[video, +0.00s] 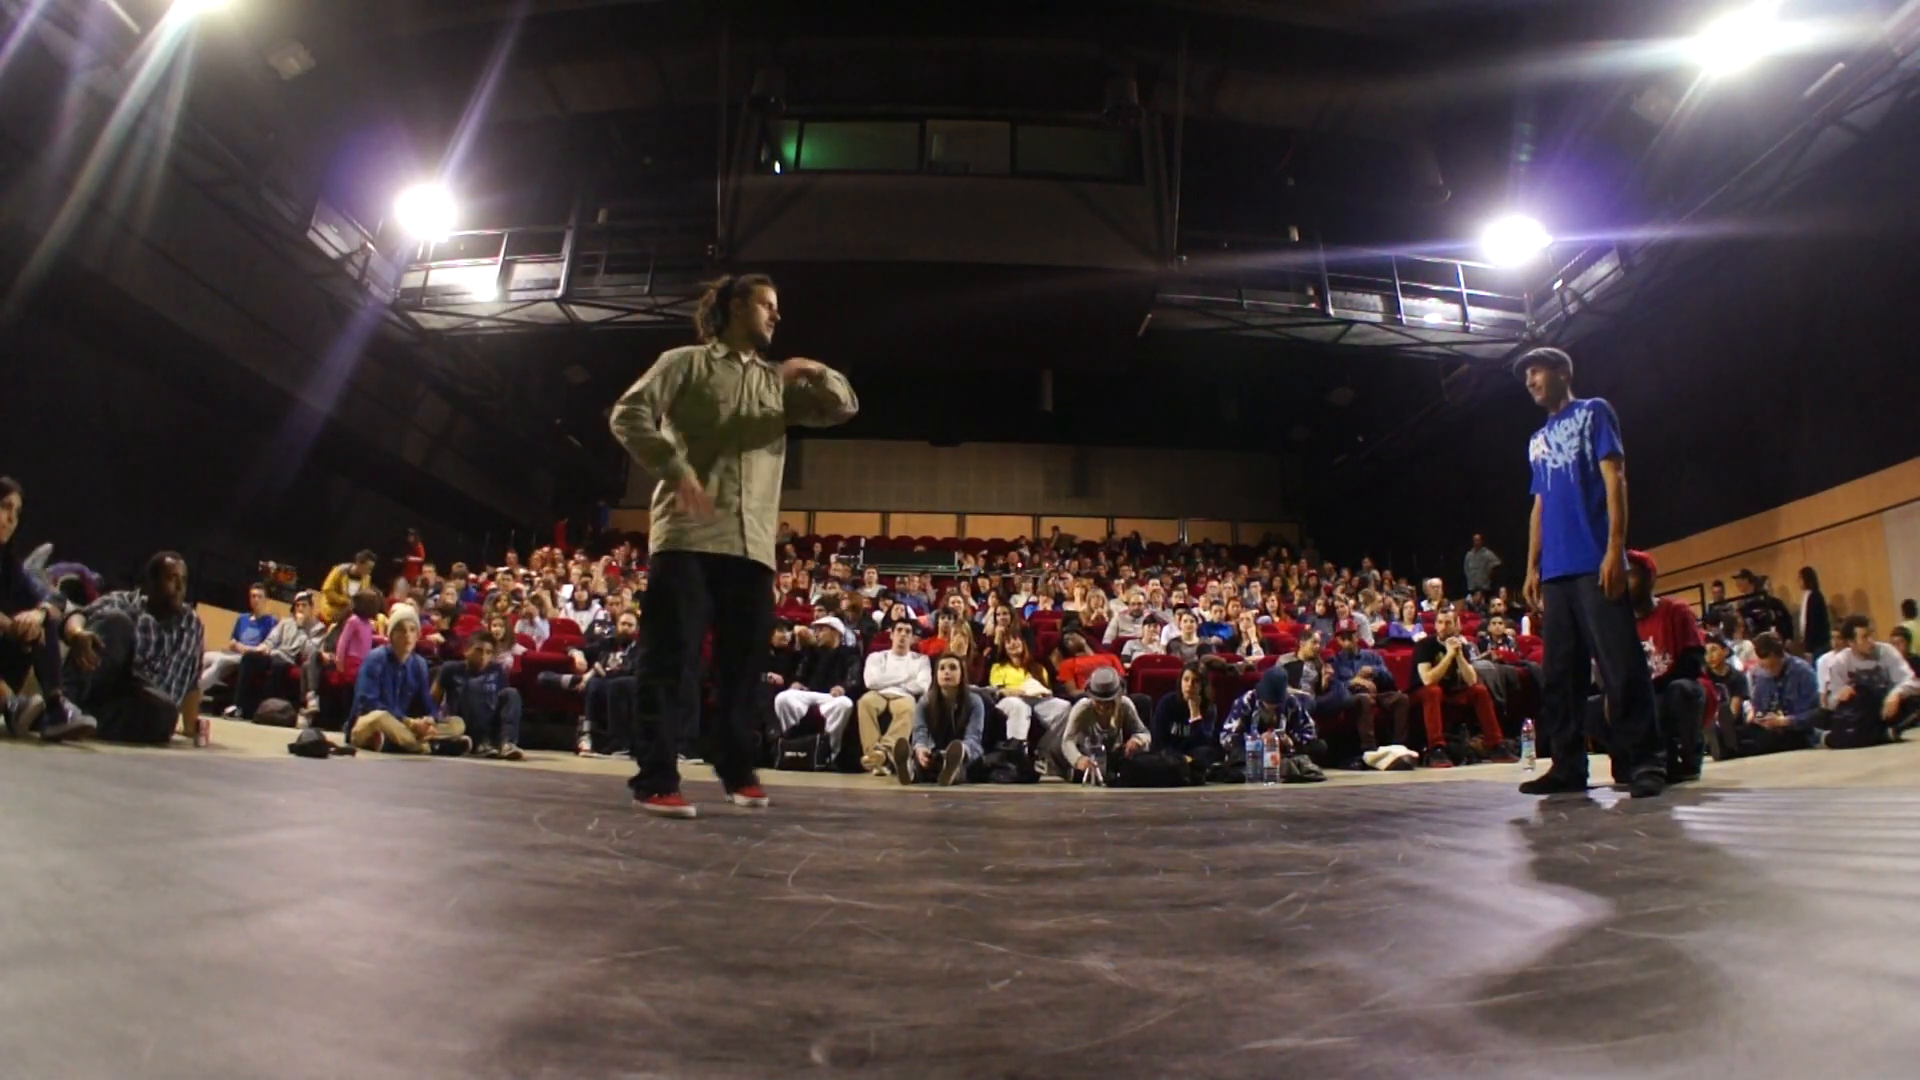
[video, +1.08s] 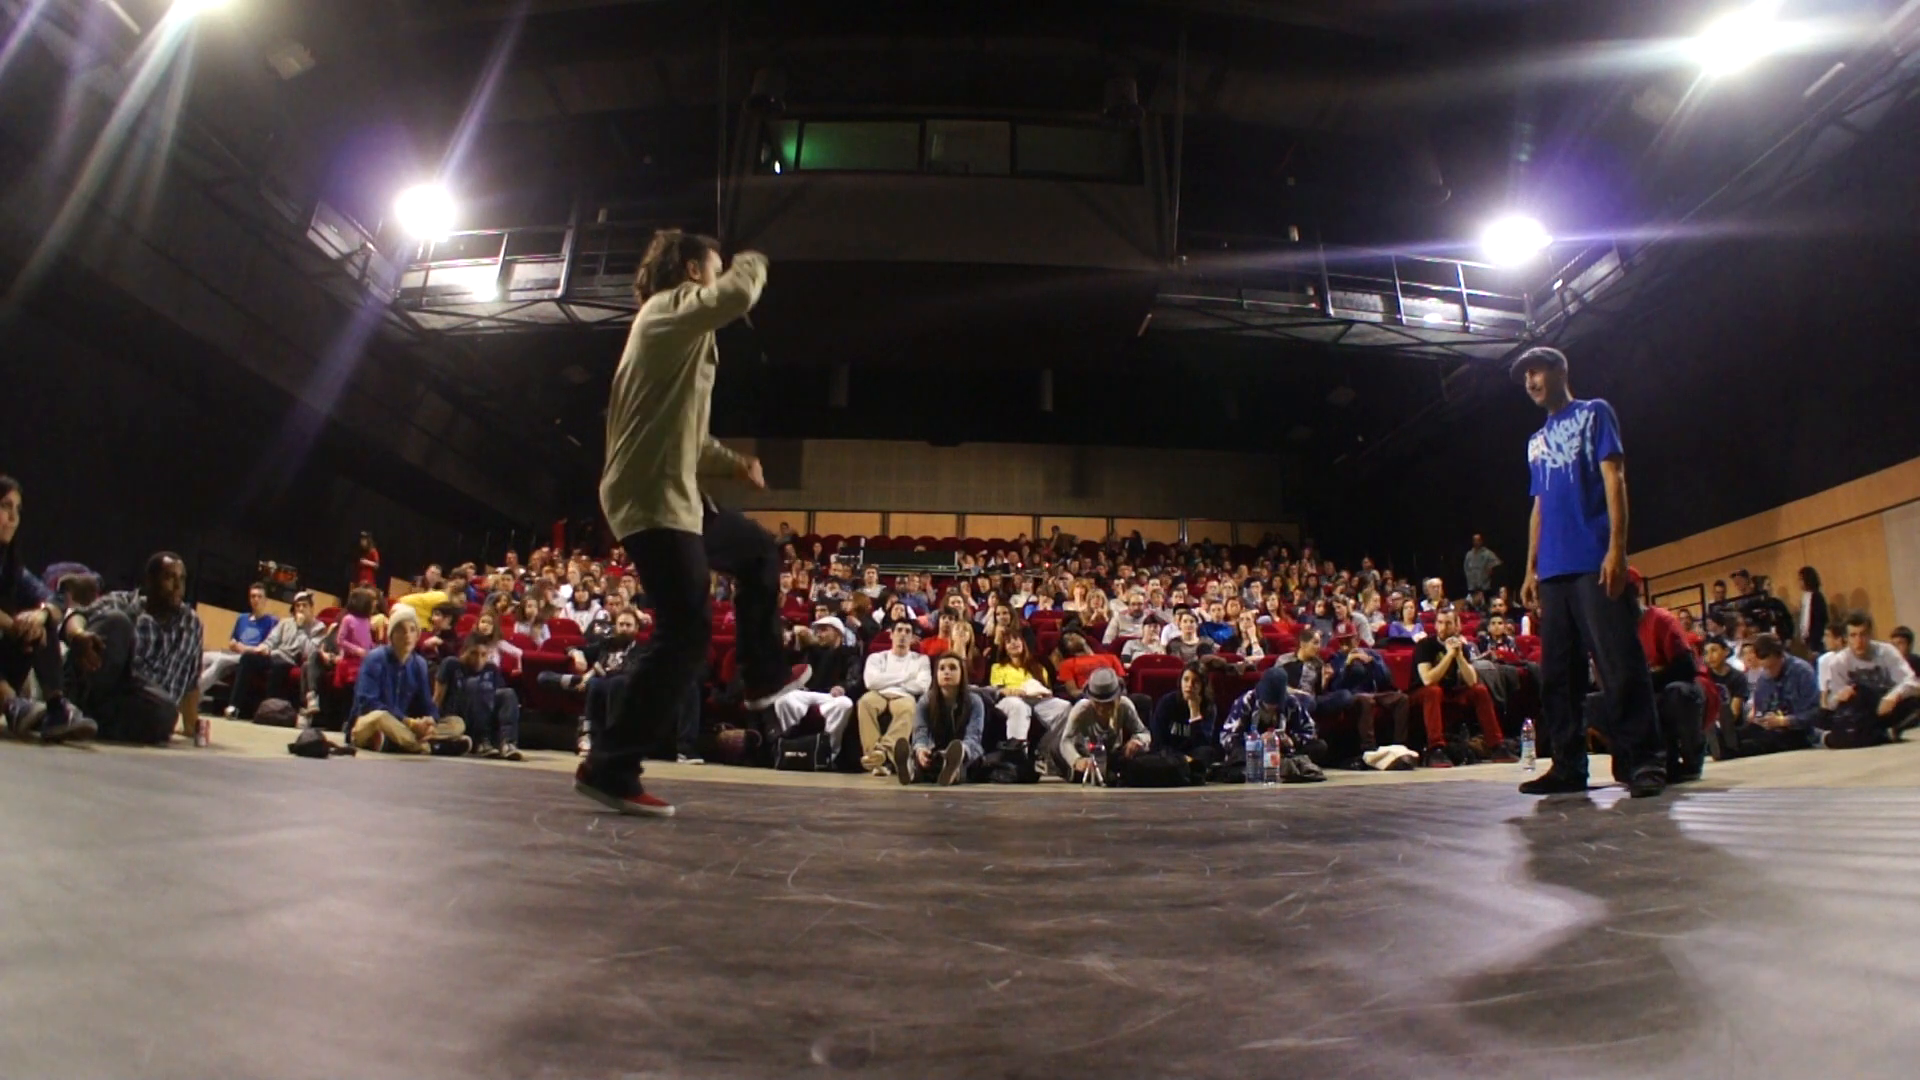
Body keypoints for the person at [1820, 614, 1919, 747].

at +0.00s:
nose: (1870, 641)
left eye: (1870, 635)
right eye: (1864, 637)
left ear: (1873, 634)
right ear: (1851, 643)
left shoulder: (1887, 652)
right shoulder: (1840, 662)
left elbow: (1910, 680)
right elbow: (1830, 703)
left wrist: (1895, 694)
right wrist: (1839, 696)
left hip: (1885, 703)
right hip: (1856, 706)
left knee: (1914, 703)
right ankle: (1884, 734)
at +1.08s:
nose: (1858, 641)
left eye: (1863, 635)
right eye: (1853, 636)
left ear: (1870, 634)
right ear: (1847, 638)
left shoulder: (1887, 652)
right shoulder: (1838, 662)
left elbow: (1911, 680)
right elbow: (1830, 702)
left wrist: (1893, 696)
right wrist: (1838, 697)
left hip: (1887, 705)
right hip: (1858, 707)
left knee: (1913, 703)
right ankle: (1884, 734)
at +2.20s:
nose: (1857, 643)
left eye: (1862, 636)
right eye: (1852, 637)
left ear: (1869, 635)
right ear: (1844, 638)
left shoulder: (1886, 652)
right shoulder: (1839, 661)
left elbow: (1911, 681)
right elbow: (1830, 702)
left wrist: (1893, 696)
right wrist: (1839, 696)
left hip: (1886, 703)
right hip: (1858, 705)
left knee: (1914, 704)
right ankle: (1884, 734)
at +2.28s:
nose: (1857, 643)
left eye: (1862, 636)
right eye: (1852, 637)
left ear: (1869, 635)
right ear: (1844, 638)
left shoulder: (1886, 652)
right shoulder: (1839, 661)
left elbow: (1911, 680)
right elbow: (1831, 703)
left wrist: (1893, 696)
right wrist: (1839, 696)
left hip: (1887, 702)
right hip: (1859, 705)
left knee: (1913, 703)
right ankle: (1884, 734)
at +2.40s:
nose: (1857, 643)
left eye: (1862, 636)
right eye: (1852, 637)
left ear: (1869, 635)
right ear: (1843, 638)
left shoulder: (1886, 652)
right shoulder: (1839, 661)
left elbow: (1911, 681)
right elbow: (1830, 702)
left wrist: (1894, 695)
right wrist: (1839, 696)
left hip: (1886, 702)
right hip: (1858, 704)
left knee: (1914, 703)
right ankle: (1885, 734)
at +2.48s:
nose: (1857, 643)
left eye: (1862, 636)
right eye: (1852, 638)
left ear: (1869, 635)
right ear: (1844, 638)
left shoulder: (1886, 652)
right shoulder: (1839, 661)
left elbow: (1911, 681)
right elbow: (1831, 703)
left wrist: (1894, 695)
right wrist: (1839, 697)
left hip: (1886, 702)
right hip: (1858, 704)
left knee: (1914, 703)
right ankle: (1885, 734)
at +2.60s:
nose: (1857, 643)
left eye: (1861, 637)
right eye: (1852, 638)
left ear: (1869, 635)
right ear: (1844, 638)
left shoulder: (1886, 652)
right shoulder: (1839, 661)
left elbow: (1911, 681)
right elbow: (1831, 703)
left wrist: (1893, 695)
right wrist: (1839, 697)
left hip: (1887, 702)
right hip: (1859, 704)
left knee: (1913, 703)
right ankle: (1885, 734)